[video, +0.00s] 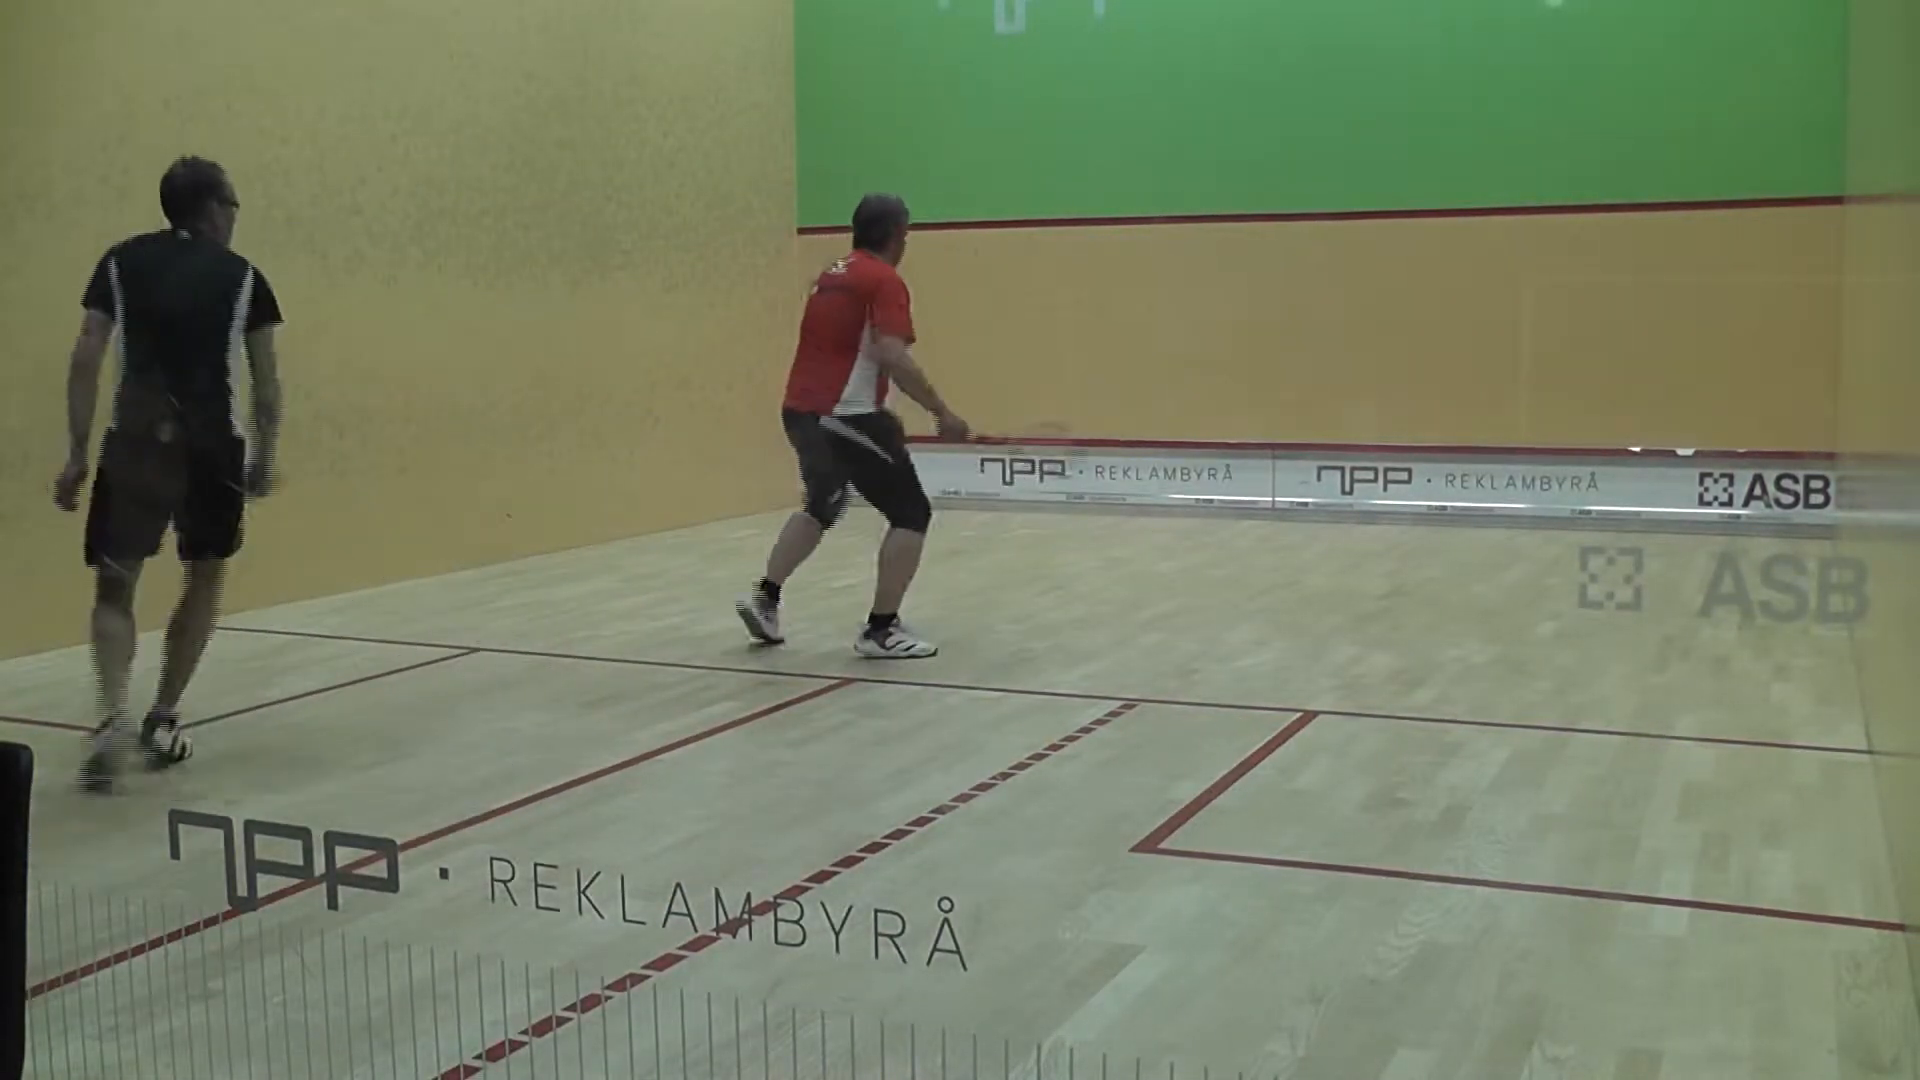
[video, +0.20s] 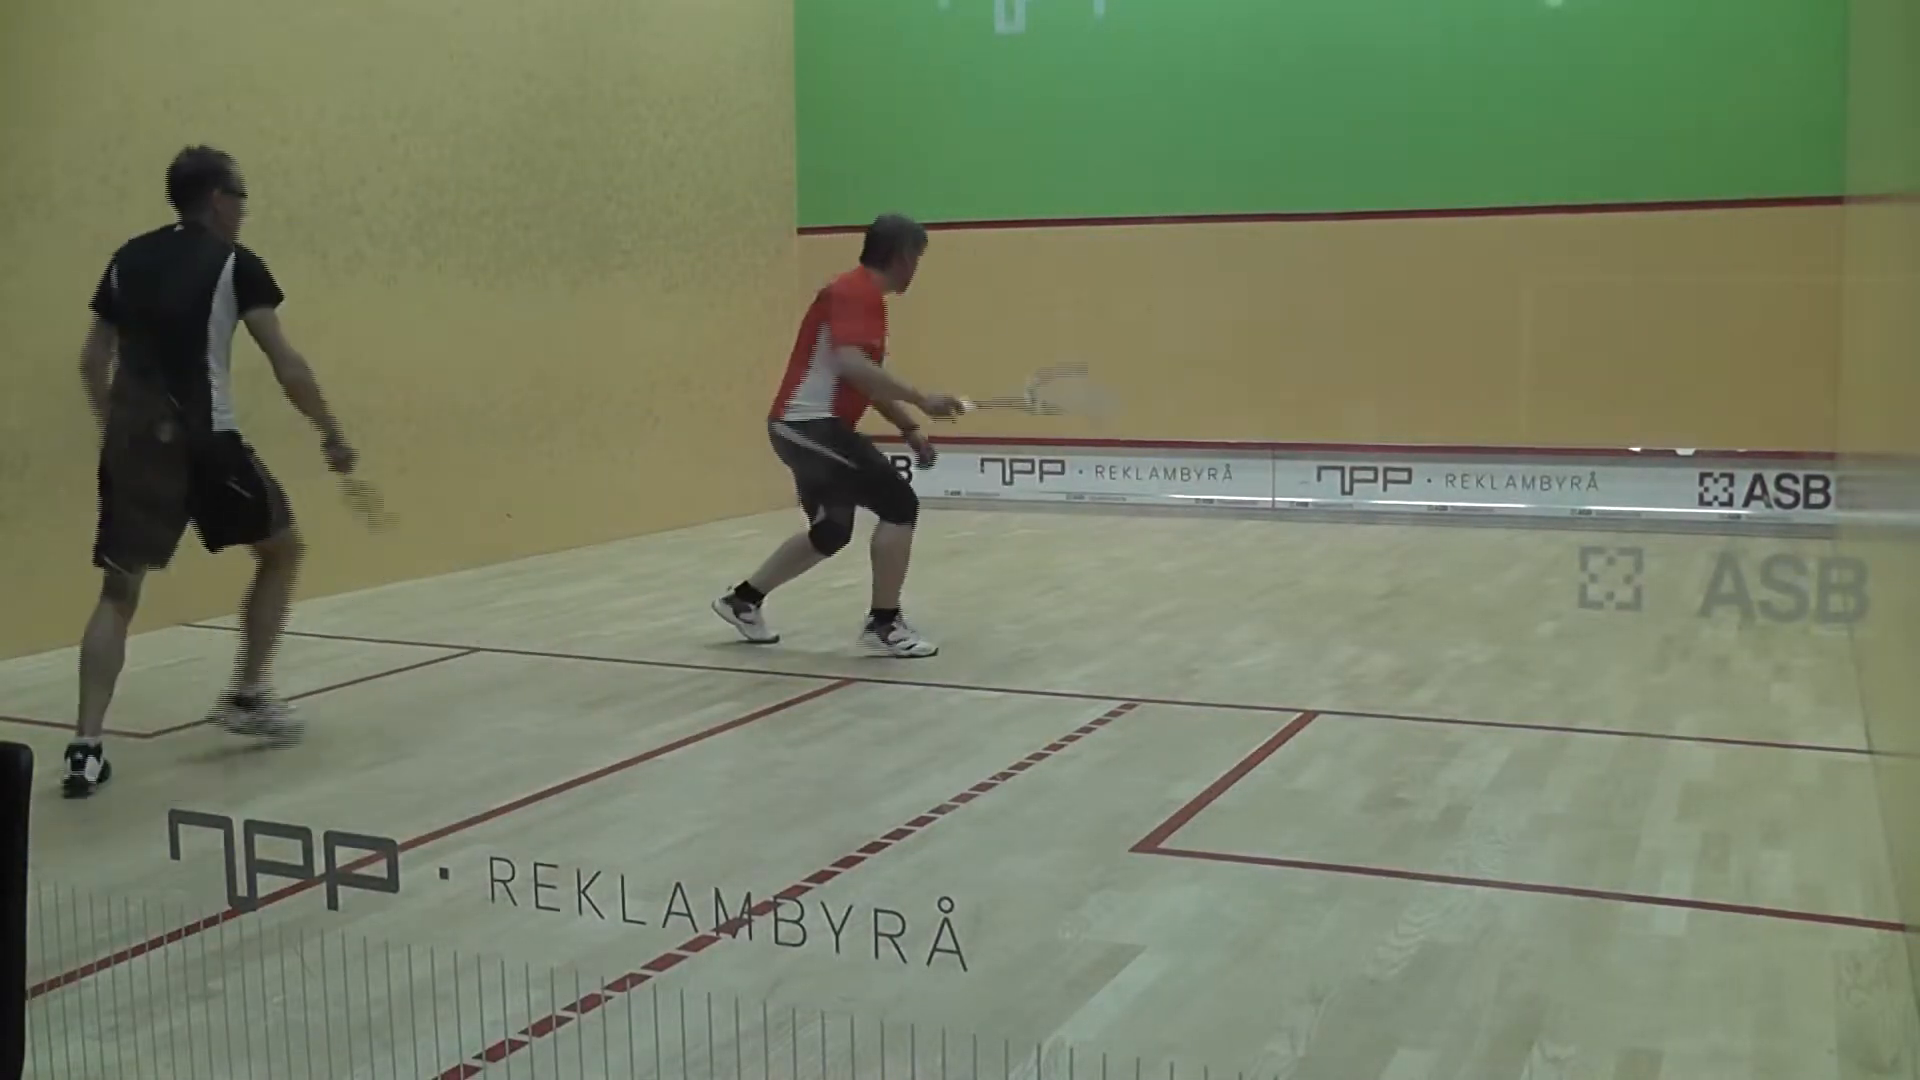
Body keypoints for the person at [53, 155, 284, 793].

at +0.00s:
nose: (236, 220)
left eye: (234, 208)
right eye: (231, 208)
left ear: (173, 212)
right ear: (209, 211)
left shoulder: (122, 261)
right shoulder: (241, 275)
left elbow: (85, 359)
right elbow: (266, 382)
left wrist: (76, 454)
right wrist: (264, 455)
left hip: (134, 453)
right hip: (210, 456)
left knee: (114, 588)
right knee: (204, 580)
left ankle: (110, 719)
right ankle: (163, 716)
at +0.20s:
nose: (242, 210)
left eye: (242, 198)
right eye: (235, 198)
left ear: (181, 202)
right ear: (209, 202)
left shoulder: (130, 258)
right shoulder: (236, 265)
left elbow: (93, 361)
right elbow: (288, 365)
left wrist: (117, 424)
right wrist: (331, 432)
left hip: (132, 451)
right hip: (209, 449)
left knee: (117, 594)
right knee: (281, 550)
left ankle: (85, 747)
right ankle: (248, 694)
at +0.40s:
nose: (288, 203)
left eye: (287, 190)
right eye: (280, 191)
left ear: (233, 196)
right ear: (251, 193)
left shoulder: (184, 253)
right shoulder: (267, 251)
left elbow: (152, 358)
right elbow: (283, 347)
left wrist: (190, 419)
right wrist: (341, 425)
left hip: (189, 445)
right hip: (255, 441)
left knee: (170, 582)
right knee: (301, 565)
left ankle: (97, 710)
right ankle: (287, 713)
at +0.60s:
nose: (324, 202)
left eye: (322, 190)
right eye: (315, 190)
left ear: (271, 194)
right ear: (282, 192)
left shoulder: (223, 250)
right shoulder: (279, 251)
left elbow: (224, 359)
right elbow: (271, 348)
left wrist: (289, 424)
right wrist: (329, 432)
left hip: (206, 443)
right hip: (262, 442)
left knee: (210, 585)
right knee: (372, 549)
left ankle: (144, 725)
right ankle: (335, 688)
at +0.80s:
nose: (380, 207)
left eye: (378, 196)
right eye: (371, 195)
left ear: (331, 202)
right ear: (342, 200)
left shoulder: (291, 259)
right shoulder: (322, 262)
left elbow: (280, 379)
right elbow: (310, 370)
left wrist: (349, 423)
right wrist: (360, 452)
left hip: (274, 453)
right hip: (313, 450)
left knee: (239, 586)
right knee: (427, 555)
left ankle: (150, 717)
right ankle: (425, 711)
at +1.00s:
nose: (506, 222)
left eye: (504, 210)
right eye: (496, 210)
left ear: (463, 217)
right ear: (466, 216)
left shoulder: (435, 272)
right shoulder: (447, 278)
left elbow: (444, 397)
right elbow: (448, 393)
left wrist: (510, 464)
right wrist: (517, 466)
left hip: (390, 456)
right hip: (415, 459)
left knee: (353, 587)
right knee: (481, 597)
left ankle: (214, 679)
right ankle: (390, 716)